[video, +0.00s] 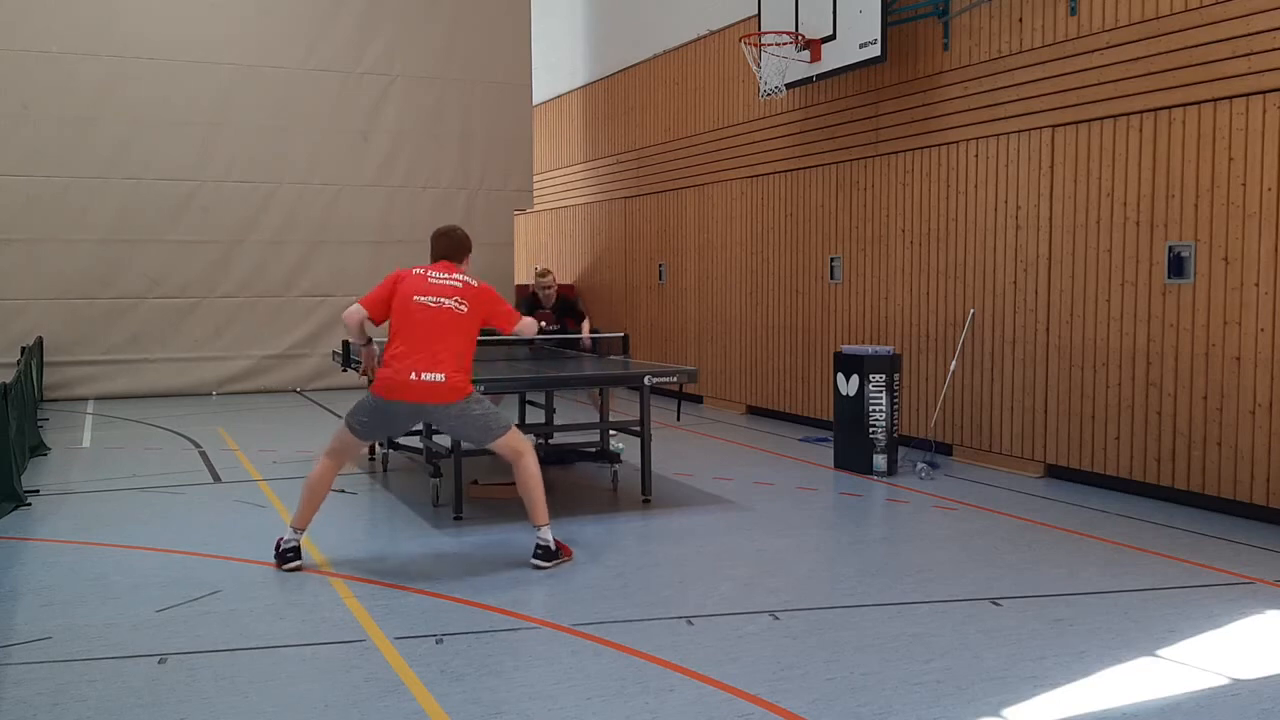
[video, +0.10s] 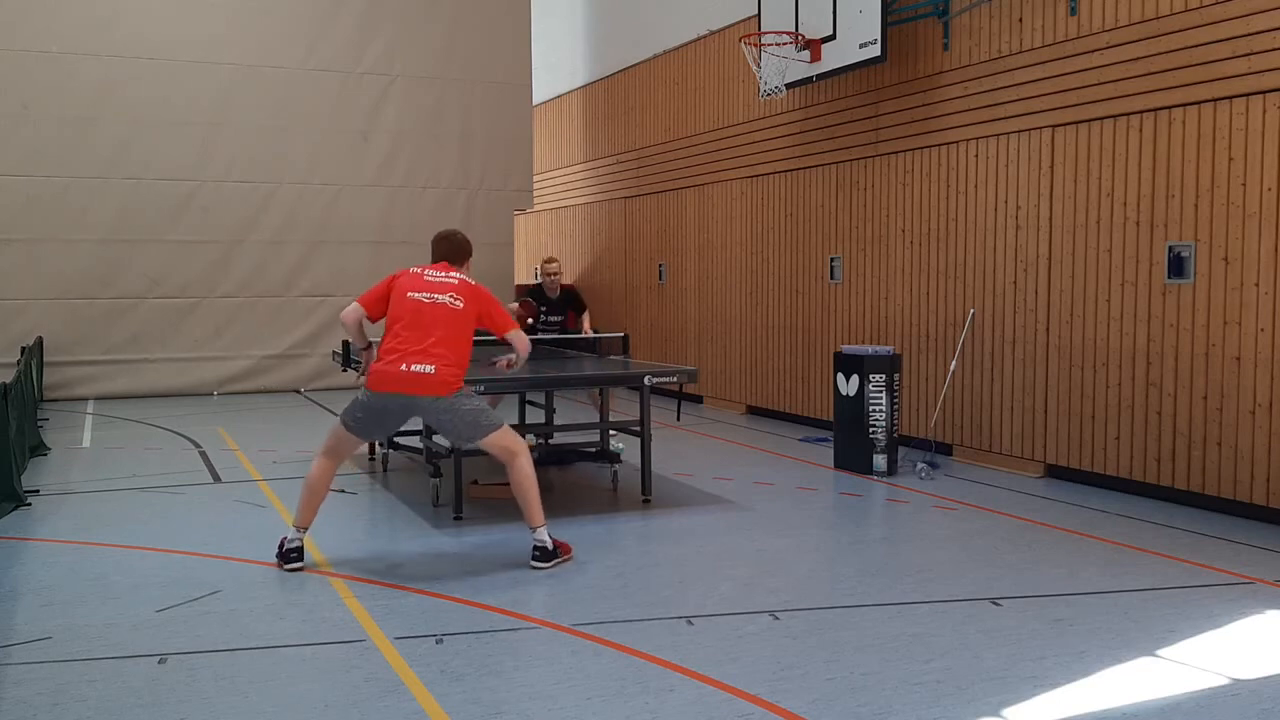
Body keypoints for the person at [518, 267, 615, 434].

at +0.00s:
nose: (547, 292)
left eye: (550, 287)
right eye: (543, 288)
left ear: (556, 285)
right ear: (535, 288)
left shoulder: (565, 301)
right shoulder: (528, 303)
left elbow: (584, 319)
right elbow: (520, 325)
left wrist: (585, 336)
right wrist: (534, 326)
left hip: (567, 351)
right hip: (536, 351)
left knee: (590, 383)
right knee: (505, 376)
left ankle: (606, 423)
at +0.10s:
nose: (553, 279)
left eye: (556, 274)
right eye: (548, 275)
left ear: (561, 274)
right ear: (541, 276)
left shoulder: (569, 292)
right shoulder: (533, 292)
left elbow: (583, 312)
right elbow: (514, 308)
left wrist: (586, 327)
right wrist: (512, 309)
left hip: (565, 348)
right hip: (536, 348)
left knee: (592, 382)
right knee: (503, 375)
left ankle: (607, 428)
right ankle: (478, 418)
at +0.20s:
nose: (552, 271)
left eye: (556, 267)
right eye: (548, 267)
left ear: (561, 268)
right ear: (541, 269)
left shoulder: (569, 289)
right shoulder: (531, 287)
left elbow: (584, 308)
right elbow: (506, 303)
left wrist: (586, 325)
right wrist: (515, 306)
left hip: (563, 346)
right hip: (534, 346)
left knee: (590, 380)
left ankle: (607, 426)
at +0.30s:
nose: (547, 271)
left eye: (551, 267)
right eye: (543, 268)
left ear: (557, 268)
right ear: (537, 269)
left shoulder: (568, 290)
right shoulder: (526, 289)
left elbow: (580, 313)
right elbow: (503, 305)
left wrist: (583, 326)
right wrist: (517, 307)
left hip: (562, 349)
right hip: (531, 348)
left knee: (591, 377)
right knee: (505, 379)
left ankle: (606, 423)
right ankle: (481, 419)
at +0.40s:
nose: (543, 274)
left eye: (547, 270)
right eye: (539, 270)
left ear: (553, 270)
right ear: (534, 272)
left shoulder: (566, 291)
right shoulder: (523, 291)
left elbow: (578, 312)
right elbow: (504, 312)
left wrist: (577, 327)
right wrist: (518, 331)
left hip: (562, 348)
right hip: (530, 348)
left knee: (590, 380)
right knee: (500, 378)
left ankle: (607, 428)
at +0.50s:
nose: (540, 282)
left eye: (543, 278)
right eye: (536, 279)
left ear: (550, 279)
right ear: (530, 281)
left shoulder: (563, 296)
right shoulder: (525, 298)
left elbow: (578, 312)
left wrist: (573, 331)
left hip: (563, 349)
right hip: (535, 349)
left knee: (589, 381)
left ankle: (606, 422)